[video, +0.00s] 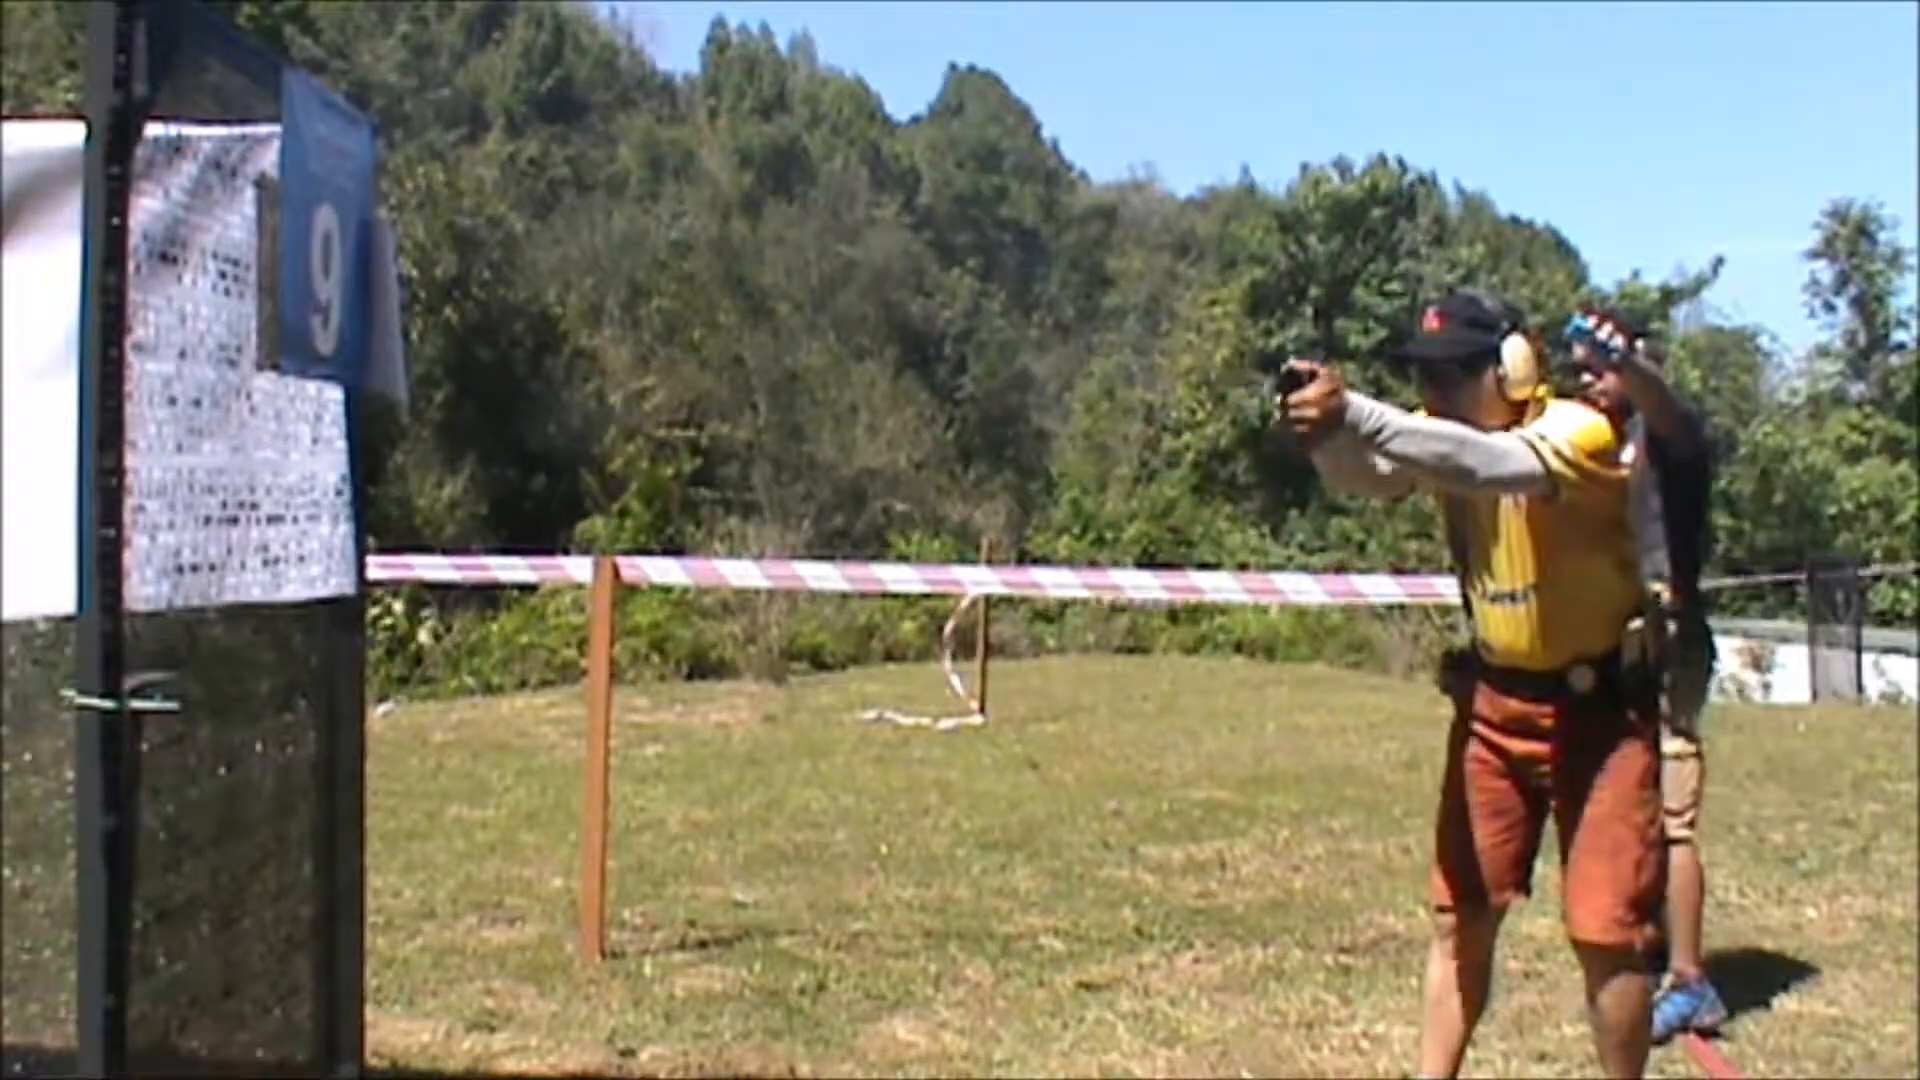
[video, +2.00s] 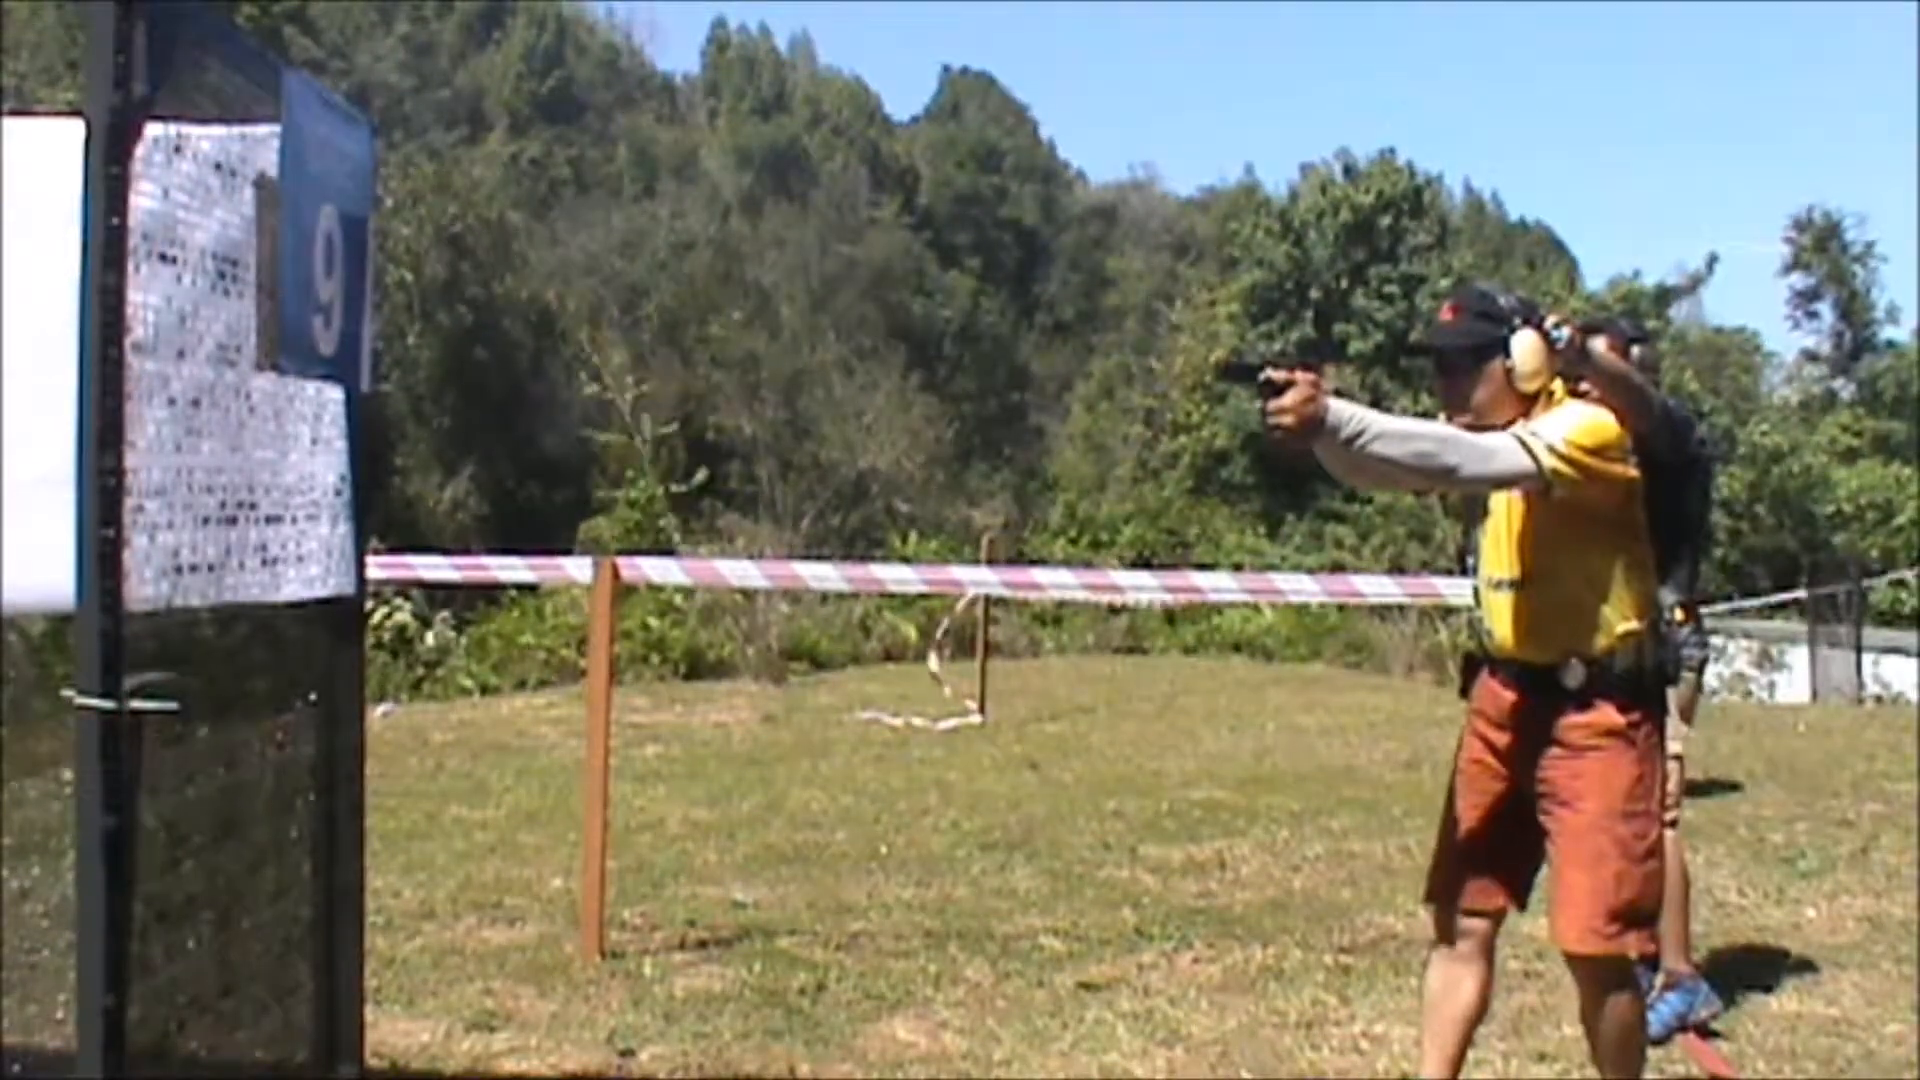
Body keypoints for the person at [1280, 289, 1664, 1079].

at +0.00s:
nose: (1433, 395)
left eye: (1448, 376)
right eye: (1427, 378)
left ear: (1504, 371)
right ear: (1432, 374)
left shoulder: (1582, 430)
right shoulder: (1453, 446)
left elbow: (1496, 463)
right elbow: (1370, 473)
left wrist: (1355, 412)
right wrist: (1319, 430)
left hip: (1602, 712)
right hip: (1496, 708)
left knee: (1607, 932)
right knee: (1463, 911)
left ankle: (1623, 1073)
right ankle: (1435, 1071)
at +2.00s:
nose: (1448, 392)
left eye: (1462, 372)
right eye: (1441, 373)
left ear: (1514, 362)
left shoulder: (1591, 427)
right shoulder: (1497, 435)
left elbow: (1467, 460)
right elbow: (1402, 470)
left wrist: (1332, 412)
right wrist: (1320, 430)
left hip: (1601, 711)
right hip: (1505, 700)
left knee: (1597, 946)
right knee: (1463, 922)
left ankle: (1623, 1072)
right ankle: (1433, 1072)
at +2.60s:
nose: (1450, 388)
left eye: (1463, 367)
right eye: (1444, 368)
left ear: (1514, 357)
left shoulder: (1589, 422)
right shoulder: (1487, 436)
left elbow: (1476, 452)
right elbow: (1396, 468)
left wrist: (1339, 407)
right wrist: (1320, 424)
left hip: (1596, 709)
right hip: (1501, 698)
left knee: (1595, 944)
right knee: (1463, 919)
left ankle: (1624, 1073)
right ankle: (1432, 1072)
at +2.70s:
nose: (1449, 388)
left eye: (1462, 366)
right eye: (1443, 368)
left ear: (1513, 356)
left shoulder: (1589, 422)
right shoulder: (1486, 437)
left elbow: (1477, 452)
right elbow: (1396, 468)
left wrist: (1340, 408)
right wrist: (1322, 425)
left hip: (1596, 708)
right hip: (1500, 698)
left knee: (1596, 943)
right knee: (1463, 920)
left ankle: (1624, 1072)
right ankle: (1432, 1071)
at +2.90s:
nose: (1447, 386)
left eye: (1460, 366)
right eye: (1442, 367)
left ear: (1512, 356)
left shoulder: (1590, 422)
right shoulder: (1484, 436)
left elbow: (1477, 447)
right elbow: (1390, 465)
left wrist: (1341, 400)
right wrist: (1321, 416)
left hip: (1596, 709)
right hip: (1500, 699)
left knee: (1596, 944)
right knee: (1460, 919)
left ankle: (1624, 1072)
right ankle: (1433, 1072)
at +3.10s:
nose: (1443, 392)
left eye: (1457, 369)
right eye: (1437, 372)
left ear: (1509, 359)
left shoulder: (1581, 424)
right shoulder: (1479, 439)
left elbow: (1471, 460)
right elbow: (1382, 473)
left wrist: (1334, 412)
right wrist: (1314, 430)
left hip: (1594, 708)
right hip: (1495, 698)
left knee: (1598, 942)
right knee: (1441, 910)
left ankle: (1625, 1075)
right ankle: (1429, 1072)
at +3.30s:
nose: (1411, 417)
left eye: (1423, 405)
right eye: (1413, 404)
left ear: (1469, 421)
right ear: (1457, 423)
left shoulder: (1549, 486)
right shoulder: (1420, 481)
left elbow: (1455, 576)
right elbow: (1322, 565)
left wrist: (1321, 516)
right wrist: (1291, 508)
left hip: (1557, 751)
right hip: (1457, 734)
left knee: (1562, 962)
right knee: (1355, 896)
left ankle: (1609, 1073)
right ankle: (1355, 1066)